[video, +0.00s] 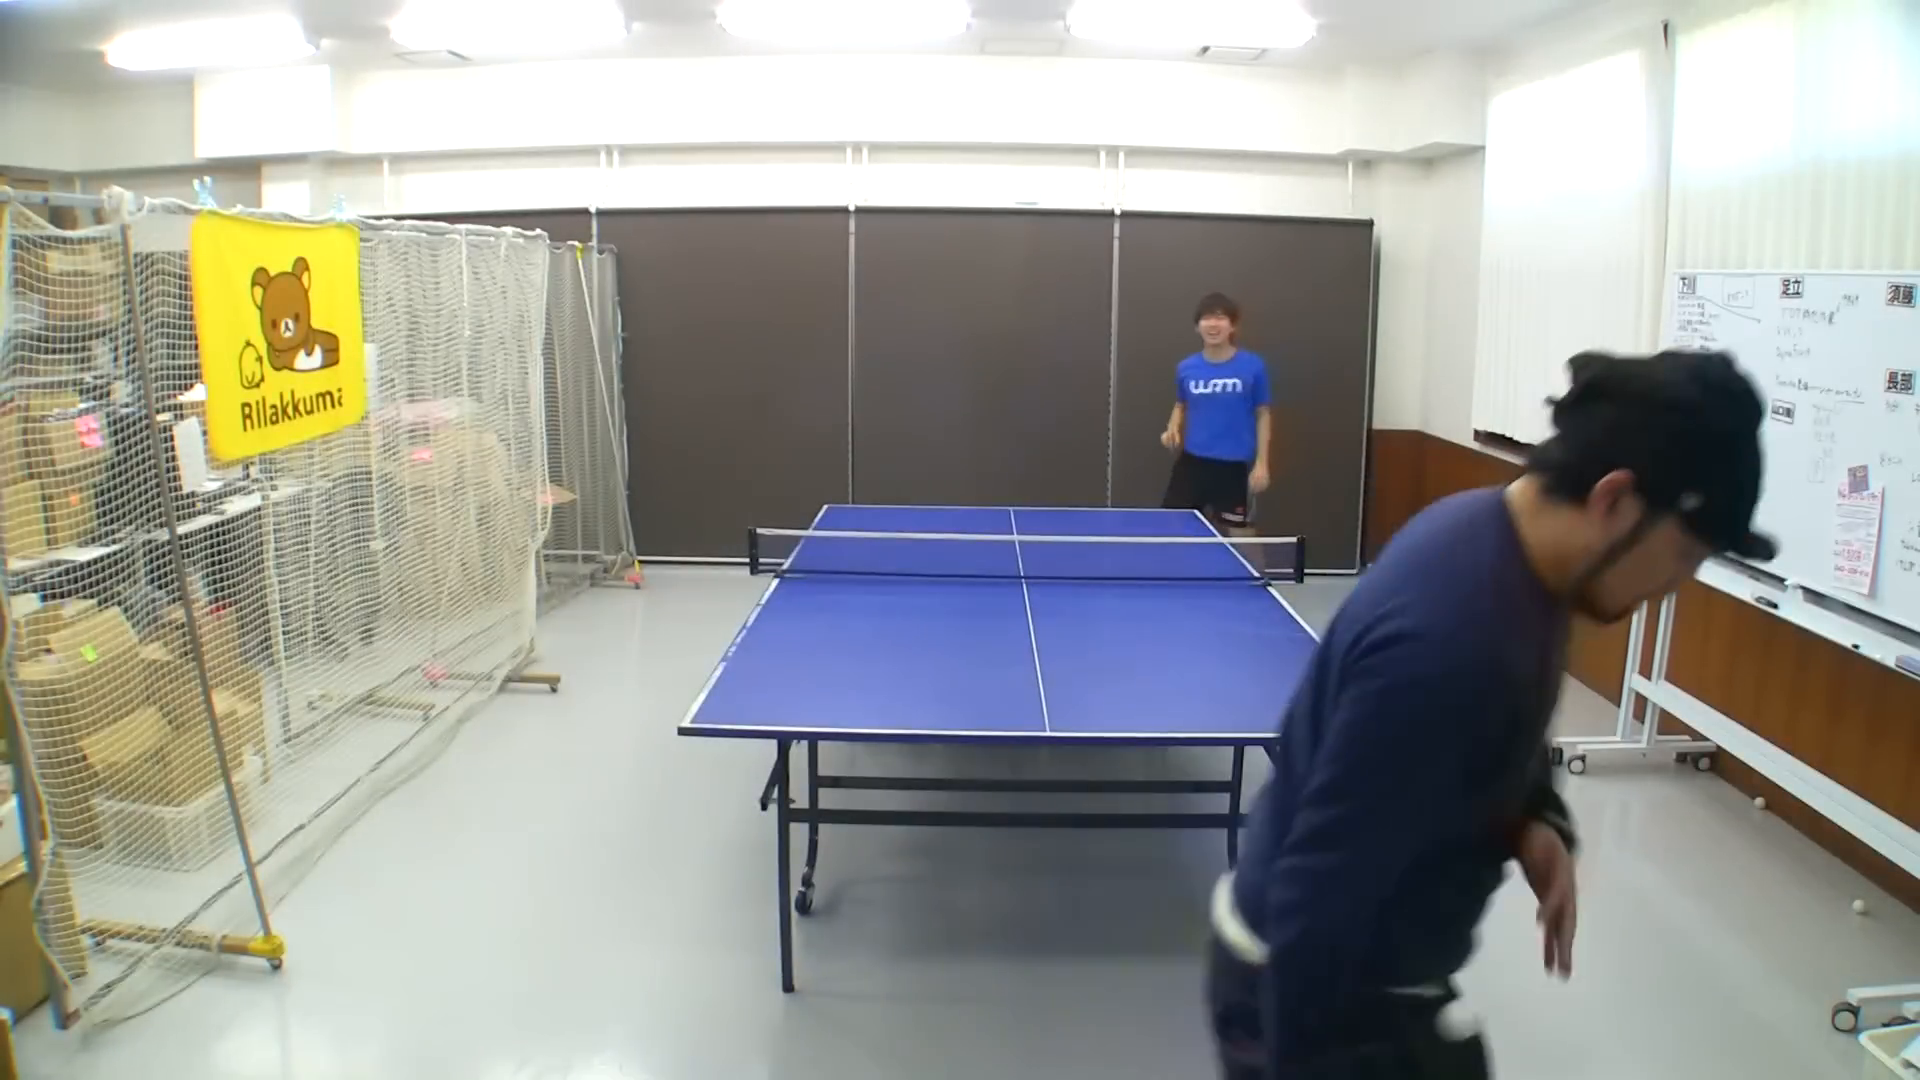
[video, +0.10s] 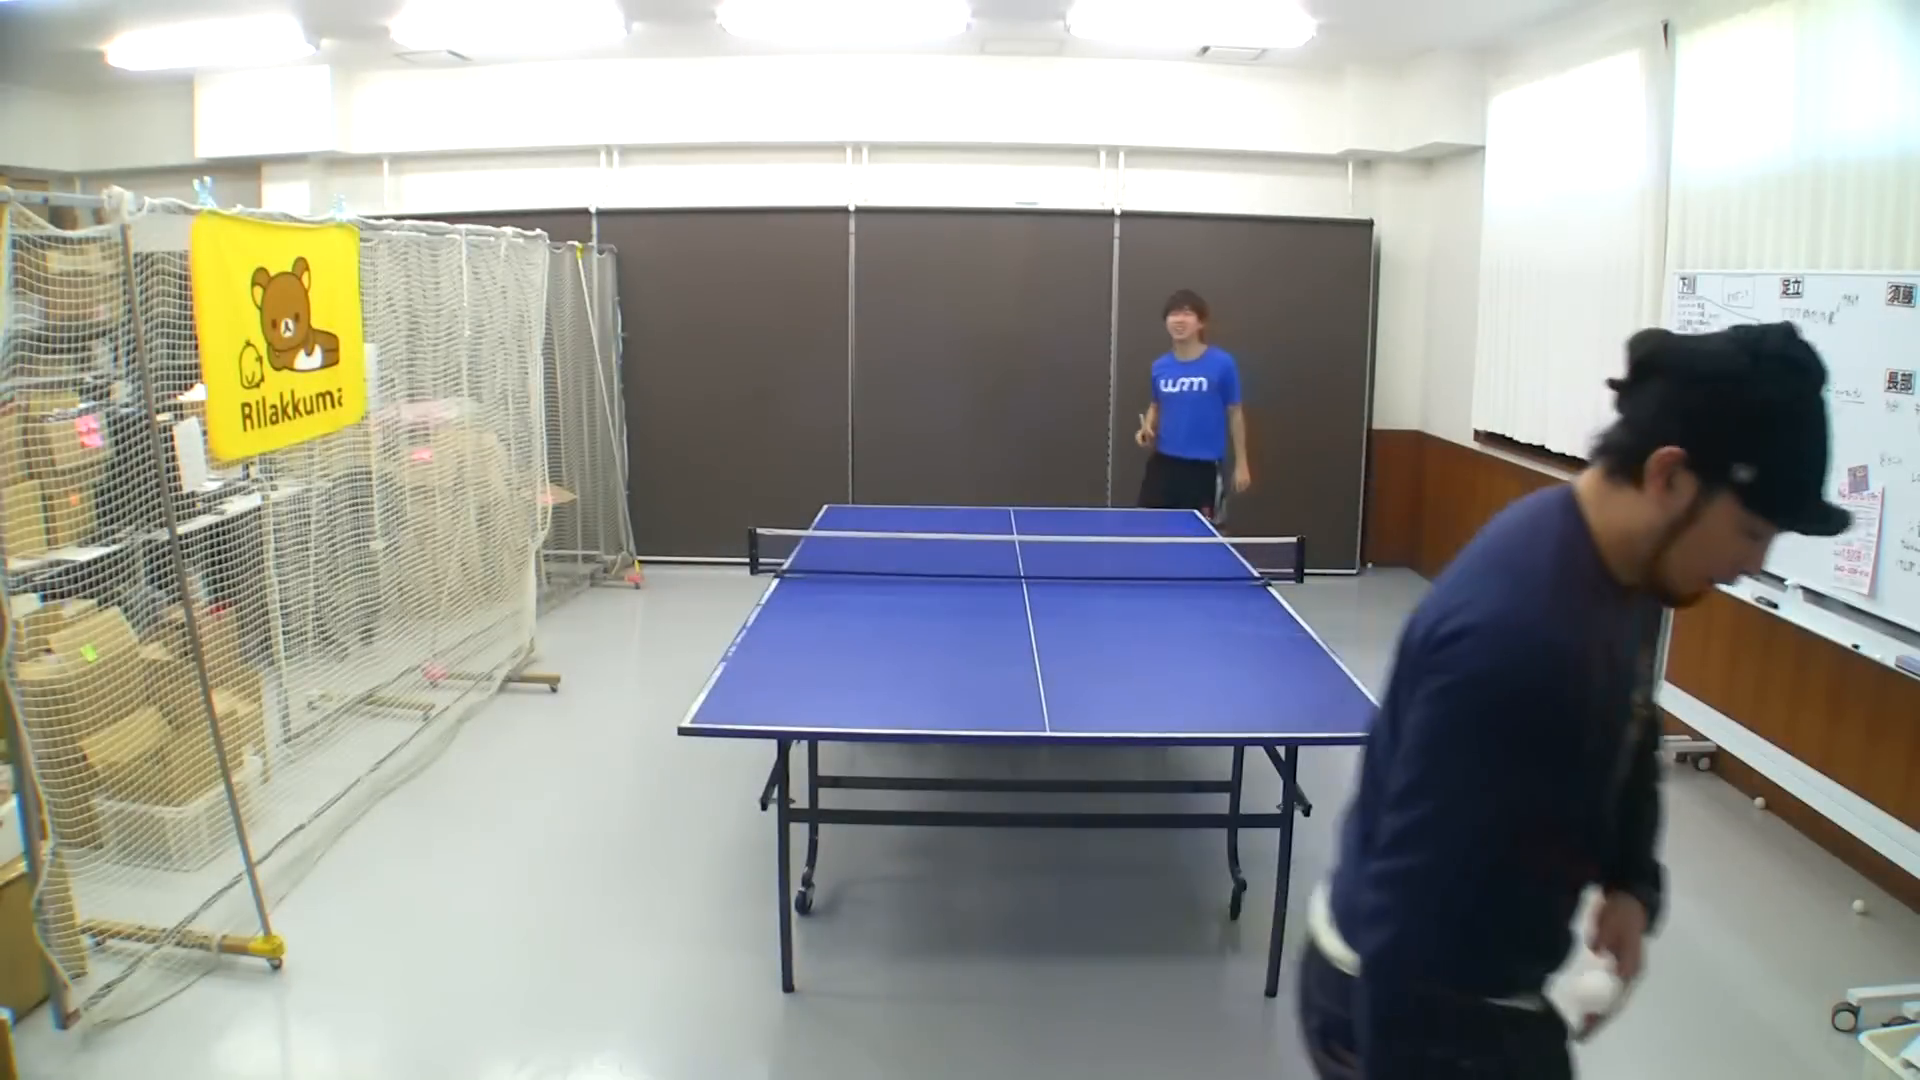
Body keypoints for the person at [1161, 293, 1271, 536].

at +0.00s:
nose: (1212, 324)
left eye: (1220, 317)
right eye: (1206, 318)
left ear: (1233, 325)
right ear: (1197, 325)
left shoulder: (1252, 366)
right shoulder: (1186, 368)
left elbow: (1263, 413)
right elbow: (1180, 403)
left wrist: (1261, 463)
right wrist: (1173, 427)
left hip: (1233, 466)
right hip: (1192, 462)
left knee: (1236, 538)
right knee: (1172, 526)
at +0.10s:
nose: (1179, 320)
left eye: (1187, 313)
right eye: (1173, 313)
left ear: (1200, 322)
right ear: (1165, 321)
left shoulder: (1222, 363)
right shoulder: (1159, 366)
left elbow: (1235, 412)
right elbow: (1155, 404)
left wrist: (1241, 464)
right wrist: (1147, 426)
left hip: (1202, 465)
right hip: (1164, 462)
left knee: (1199, 537)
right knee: (1149, 529)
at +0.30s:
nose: (1125, 309)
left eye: (1133, 302)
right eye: (1123, 303)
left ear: (1153, 311)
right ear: (1119, 310)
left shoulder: (1177, 354)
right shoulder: (1118, 356)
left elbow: (1198, 402)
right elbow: (1107, 391)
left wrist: (1205, 455)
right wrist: (1100, 405)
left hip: (1162, 454)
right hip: (1127, 452)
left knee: (1146, 526)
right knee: (1120, 524)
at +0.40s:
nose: (1105, 310)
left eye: (1115, 305)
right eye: (1104, 304)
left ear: (1134, 315)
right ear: (1099, 311)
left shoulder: (1155, 359)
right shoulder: (1099, 360)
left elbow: (1177, 406)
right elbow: (1085, 398)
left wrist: (1180, 461)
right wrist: (1076, 413)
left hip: (1142, 459)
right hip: (1108, 456)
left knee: (1126, 528)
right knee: (1106, 527)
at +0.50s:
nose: (1087, 315)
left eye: (1097, 309)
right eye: (1087, 308)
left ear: (1117, 320)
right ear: (1083, 314)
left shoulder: (1136, 366)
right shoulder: (1083, 363)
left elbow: (1153, 417)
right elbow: (1069, 402)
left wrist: (1150, 473)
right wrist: (1053, 429)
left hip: (1119, 463)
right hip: (1086, 460)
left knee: (1102, 531)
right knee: (1085, 529)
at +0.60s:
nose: (1072, 316)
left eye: (1083, 311)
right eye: (1071, 309)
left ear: (1102, 323)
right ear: (1066, 314)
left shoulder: (1115, 368)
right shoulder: (1066, 363)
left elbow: (1126, 424)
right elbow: (1057, 412)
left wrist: (1118, 480)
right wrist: (1035, 451)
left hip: (1095, 467)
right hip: (1063, 462)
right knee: (1056, 530)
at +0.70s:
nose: (1057, 316)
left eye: (1068, 311)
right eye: (1055, 307)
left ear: (1084, 322)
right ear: (1048, 311)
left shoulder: (1094, 362)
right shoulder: (1051, 359)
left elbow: (1097, 422)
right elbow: (1043, 413)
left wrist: (1083, 476)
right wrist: (1027, 466)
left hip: (1070, 468)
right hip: (1043, 462)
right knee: (1032, 533)